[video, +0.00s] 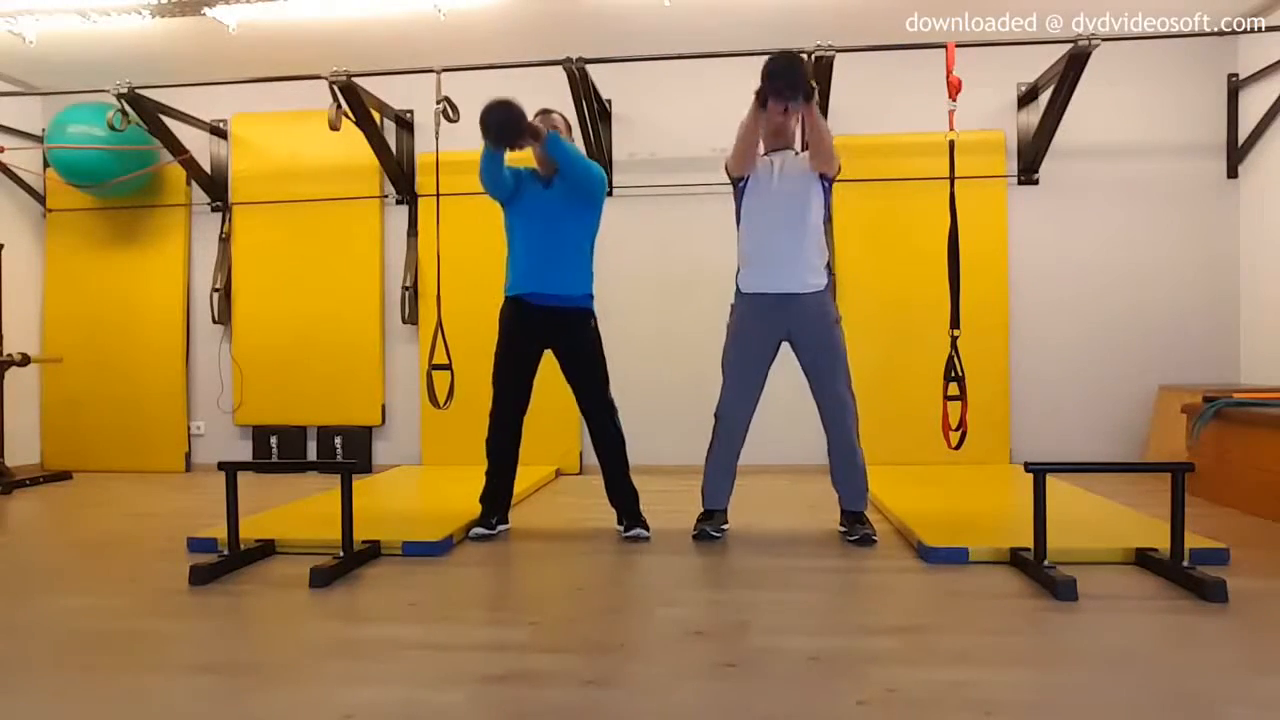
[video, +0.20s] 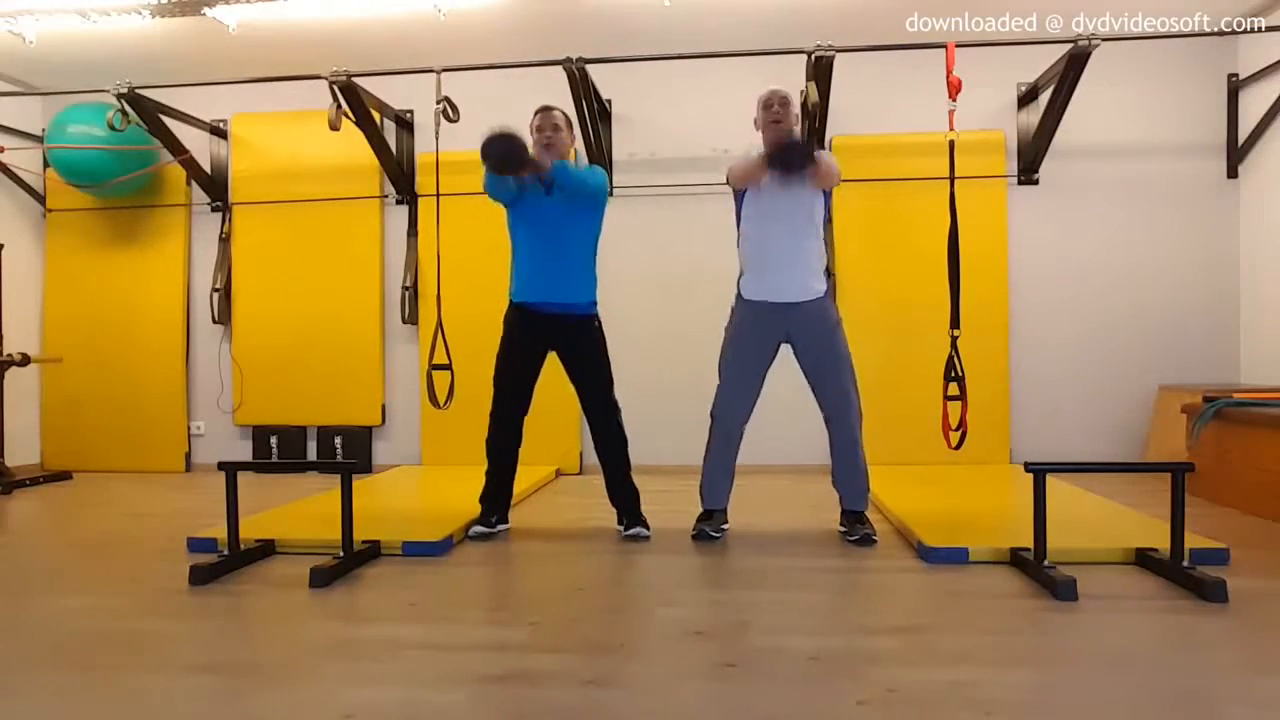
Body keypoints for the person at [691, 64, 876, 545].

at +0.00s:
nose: (785, 114)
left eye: (793, 105)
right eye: (777, 104)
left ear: (808, 107)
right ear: (761, 104)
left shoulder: (819, 160)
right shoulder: (744, 162)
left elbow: (824, 159)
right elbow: (740, 161)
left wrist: (811, 111)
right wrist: (755, 114)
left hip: (812, 302)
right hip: (755, 303)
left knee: (839, 407)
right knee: (733, 408)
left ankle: (854, 512)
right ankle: (713, 511)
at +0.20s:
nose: (777, 112)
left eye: (784, 106)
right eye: (769, 107)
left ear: (798, 118)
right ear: (757, 120)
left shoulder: (818, 161)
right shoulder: (746, 167)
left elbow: (830, 177)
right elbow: (739, 177)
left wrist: (805, 159)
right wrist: (771, 157)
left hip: (813, 308)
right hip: (755, 309)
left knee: (843, 409)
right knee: (728, 411)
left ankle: (854, 512)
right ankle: (713, 511)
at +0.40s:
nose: (777, 127)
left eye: (784, 122)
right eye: (768, 123)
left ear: (798, 138)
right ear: (756, 142)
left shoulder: (822, 192)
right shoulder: (741, 200)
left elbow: (826, 256)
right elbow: (747, 262)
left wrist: (808, 302)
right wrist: (772, 309)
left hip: (812, 321)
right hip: (754, 322)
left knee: (855, 405)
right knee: (715, 410)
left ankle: (855, 512)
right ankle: (712, 511)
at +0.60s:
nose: (782, 169)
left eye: (790, 164)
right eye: (772, 165)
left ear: (802, 181)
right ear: (759, 183)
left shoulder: (830, 241)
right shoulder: (739, 245)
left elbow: (824, 318)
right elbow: (744, 319)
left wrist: (805, 374)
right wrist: (761, 375)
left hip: (814, 344)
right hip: (750, 344)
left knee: (864, 405)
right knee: (704, 408)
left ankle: (855, 512)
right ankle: (711, 510)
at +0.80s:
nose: (784, 179)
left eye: (790, 173)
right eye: (774, 174)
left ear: (804, 184)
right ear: (760, 188)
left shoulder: (830, 242)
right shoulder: (738, 248)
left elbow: (823, 316)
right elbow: (745, 320)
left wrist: (802, 368)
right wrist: (760, 369)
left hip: (814, 342)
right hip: (750, 343)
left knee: (864, 404)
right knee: (703, 406)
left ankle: (854, 511)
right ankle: (711, 509)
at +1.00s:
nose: (775, 122)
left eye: (781, 115)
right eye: (766, 116)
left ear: (794, 125)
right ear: (754, 128)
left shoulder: (822, 183)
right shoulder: (738, 187)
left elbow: (820, 256)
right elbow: (746, 257)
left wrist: (806, 313)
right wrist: (763, 312)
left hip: (812, 309)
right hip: (751, 310)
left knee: (849, 407)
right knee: (719, 406)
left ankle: (853, 512)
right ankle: (712, 510)